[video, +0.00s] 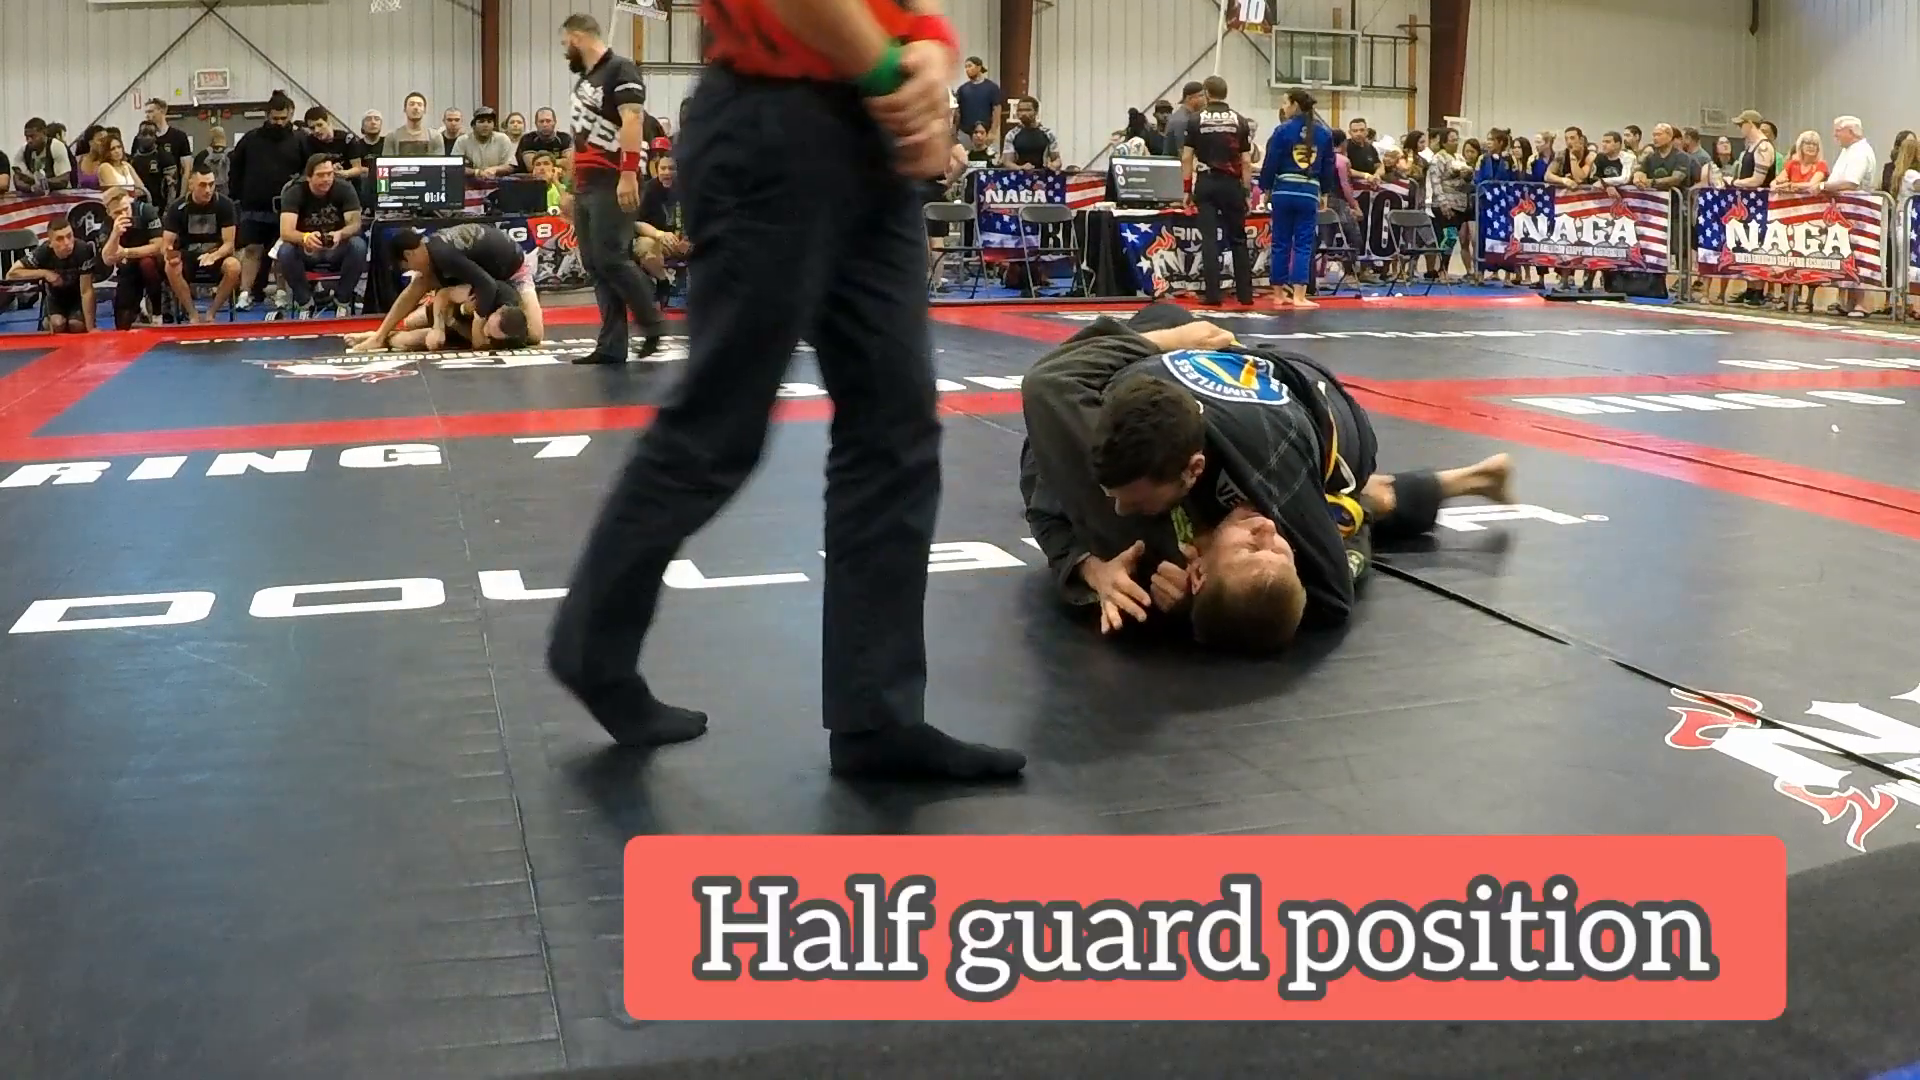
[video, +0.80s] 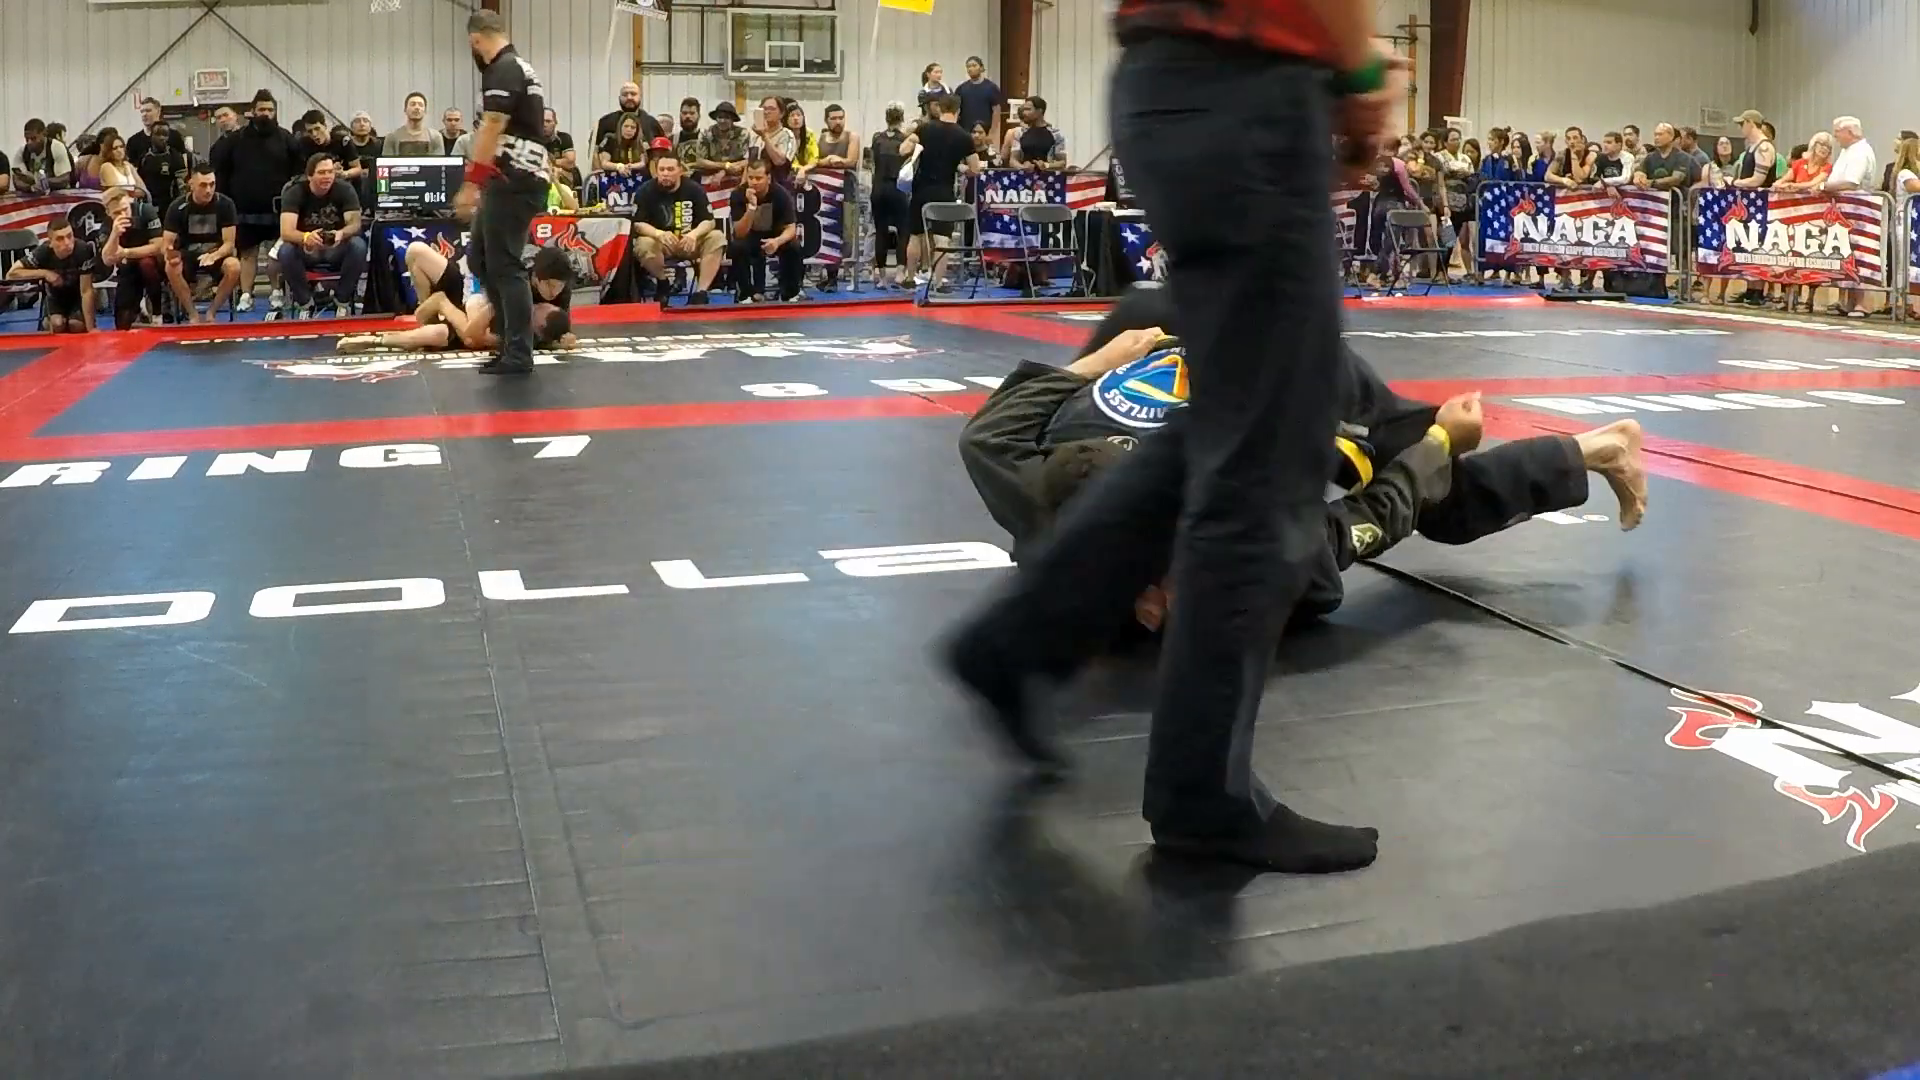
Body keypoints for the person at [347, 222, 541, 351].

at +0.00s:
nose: (408, 268)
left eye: (405, 264)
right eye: (405, 266)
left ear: (411, 252)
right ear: (412, 248)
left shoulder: (443, 253)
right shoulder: (431, 250)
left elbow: (489, 285)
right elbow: (441, 292)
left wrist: (479, 327)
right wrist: (438, 329)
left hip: (514, 268)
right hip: (480, 266)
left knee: (535, 335)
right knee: (414, 289)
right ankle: (378, 337)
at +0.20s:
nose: (464, 277)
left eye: (468, 271)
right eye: (459, 272)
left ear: (480, 263)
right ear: (451, 266)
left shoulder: (501, 267)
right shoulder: (453, 265)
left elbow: (528, 300)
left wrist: (486, 309)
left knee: (540, 334)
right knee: (423, 300)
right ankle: (376, 337)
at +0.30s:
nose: (502, 275)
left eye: (507, 270)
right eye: (496, 271)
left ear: (517, 259)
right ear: (486, 262)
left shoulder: (534, 265)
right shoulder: (479, 264)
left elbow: (552, 302)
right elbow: (469, 312)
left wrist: (519, 312)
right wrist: (483, 338)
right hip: (475, 284)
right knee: (434, 307)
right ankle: (375, 335)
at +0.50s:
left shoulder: (548, 291)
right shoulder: (499, 273)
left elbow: (553, 338)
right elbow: (468, 326)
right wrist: (507, 340)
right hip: (479, 278)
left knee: (403, 339)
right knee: (449, 327)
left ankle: (373, 339)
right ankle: (407, 315)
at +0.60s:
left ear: (539, 279)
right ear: (503, 275)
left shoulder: (540, 296)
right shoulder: (485, 269)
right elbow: (472, 330)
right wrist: (495, 299)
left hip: (490, 332)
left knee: (411, 339)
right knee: (432, 240)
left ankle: (370, 341)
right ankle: (428, 303)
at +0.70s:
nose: (549, 293)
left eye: (555, 287)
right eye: (546, 285)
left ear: (562, 288)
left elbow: (476, 341)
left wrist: (446, 308)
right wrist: (498, 304)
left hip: (476, 328)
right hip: (474, 293)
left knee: (419, 339)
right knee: (417, 253)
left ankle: (375, 342)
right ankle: (426, 314)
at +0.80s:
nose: (559, 290)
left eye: (562, 285)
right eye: (554, 284)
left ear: (563, 280)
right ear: (538, 277)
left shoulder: (551, 301)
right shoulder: (512, 284)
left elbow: (564, 335)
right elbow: (474, 333)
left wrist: (564, 339)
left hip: (477, 319)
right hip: (469, 286)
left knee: (433, 335)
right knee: (416, 252)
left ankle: (372, 343)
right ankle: (427, 310)